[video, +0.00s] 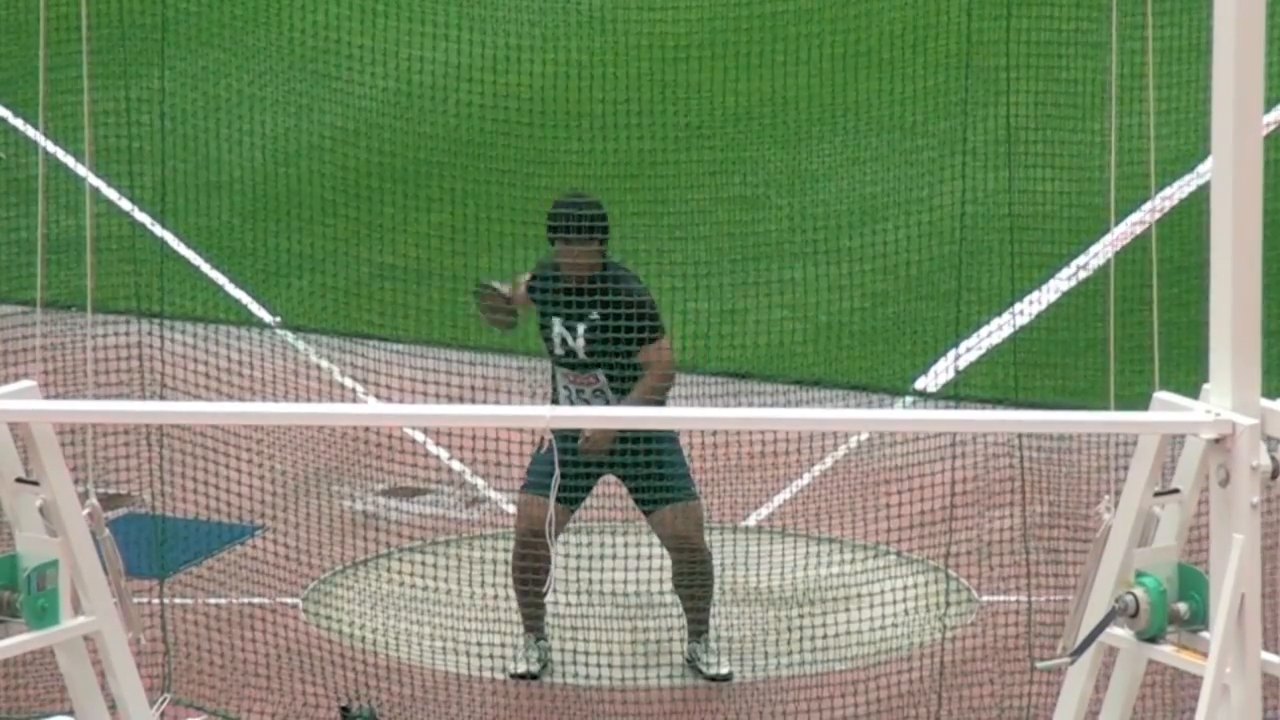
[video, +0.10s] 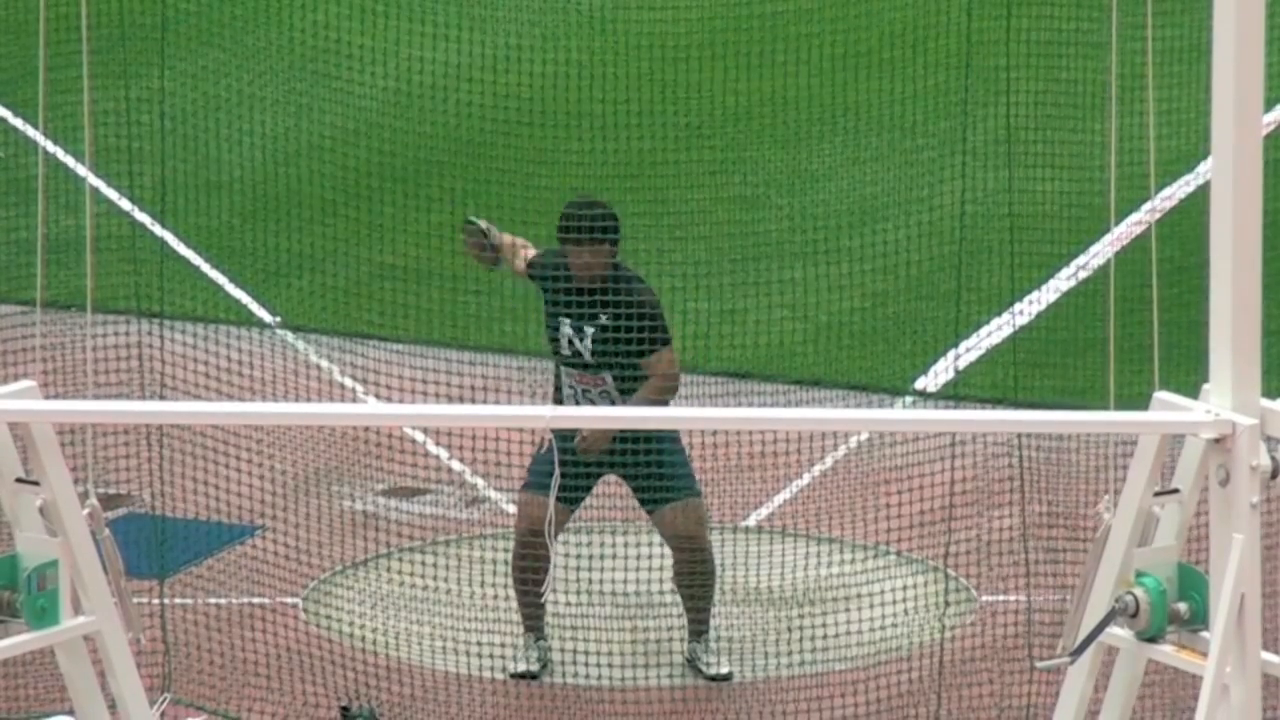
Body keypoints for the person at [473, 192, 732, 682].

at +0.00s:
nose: (577, 253)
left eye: (585, 243)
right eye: (567, 243)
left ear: (603, 244)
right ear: (553, 244)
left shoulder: (626, 292)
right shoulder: (545, 278)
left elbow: (663, 369)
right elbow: (515, 307)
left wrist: (614, 425)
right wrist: (500, 310)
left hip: (641, 428)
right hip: (572, 428)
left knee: (688, 540)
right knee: (530, 530)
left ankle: (700, 643)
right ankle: (533, 640)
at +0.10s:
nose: (581, 257)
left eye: (591, 247)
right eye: (574, 246)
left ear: (612, 250)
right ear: (562, 246)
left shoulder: (635, 297)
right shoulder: (553, 271)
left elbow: (667, 376)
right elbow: (519, 254)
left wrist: (614, 425)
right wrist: (494, 243)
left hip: (642, 429)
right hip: (574, 428)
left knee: (691, 534)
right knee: (531, 526)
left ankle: (700, 643)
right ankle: (534, 641)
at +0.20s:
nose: (594, 262)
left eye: (604, 253)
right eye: (586, 252)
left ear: (622, 253)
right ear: (575, 250)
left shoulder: (645, 301)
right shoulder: (559, 272)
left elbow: (672, 386)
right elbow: (514, 244)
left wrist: (617, 426)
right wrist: (478, 213)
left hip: (648, 430)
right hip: (578, 428)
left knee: (694, 530)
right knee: (532, 524)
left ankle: (700, 643)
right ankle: (533, 639)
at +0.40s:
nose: (622, 271)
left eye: (632, 261)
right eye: (613, 260)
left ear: (648, 263)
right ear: (599, 259)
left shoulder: (671, 309)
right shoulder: (581, 290)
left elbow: (696, 388)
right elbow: (502, 275)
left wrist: (640, 427)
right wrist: (436, 260)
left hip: (662, 431)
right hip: (588, 427)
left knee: (703, 530)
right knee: (540, 524)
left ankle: (701, 642)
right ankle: (533, 639)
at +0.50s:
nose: (640, 277)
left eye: (649, 266)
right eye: (630, 266)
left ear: (664, 265)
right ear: (614, 263)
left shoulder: (687, 313)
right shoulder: (594, 299)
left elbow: (710, 391)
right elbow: (520, 322)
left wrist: (658, 428)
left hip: (671, 431)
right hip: (595, 427)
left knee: (707, 526)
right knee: (544, 525)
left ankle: (701, 642)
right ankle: (534, 640)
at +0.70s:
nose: (667, 281)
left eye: (677, 271)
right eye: (657, 270)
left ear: (691, 269)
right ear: (642, 268)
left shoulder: (711, 309)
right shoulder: (620, 310)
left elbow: (729, 379)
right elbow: (610, 401)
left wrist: (706, 425)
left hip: (669, 429)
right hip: (605, 425)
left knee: (711, 523)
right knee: (552, 528)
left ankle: (700, 642)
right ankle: (534, 640)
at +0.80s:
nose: (674, 278)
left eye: (684, 268)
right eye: (665, 267)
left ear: (699, 266)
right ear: (651, 265)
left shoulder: (714, 302)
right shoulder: (633, 310)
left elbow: (731, 369)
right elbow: (661, 402)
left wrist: (738, 427)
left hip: (663, 431)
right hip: (601, 431)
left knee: (711, 520)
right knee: (559, 531)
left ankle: (700, 642)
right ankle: (534, 640)